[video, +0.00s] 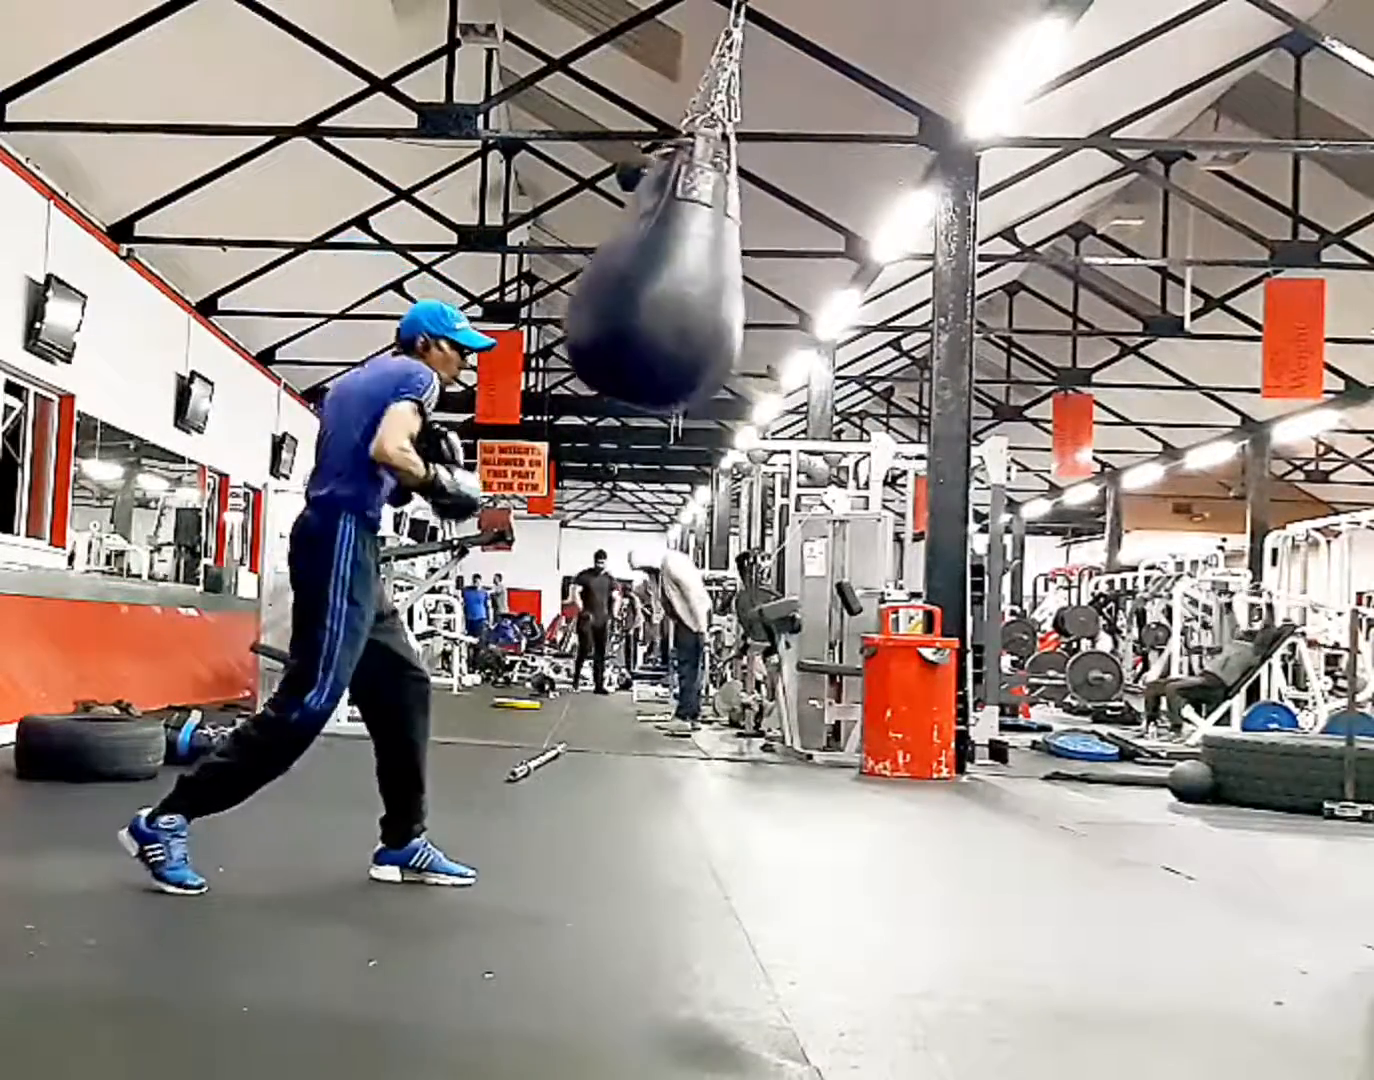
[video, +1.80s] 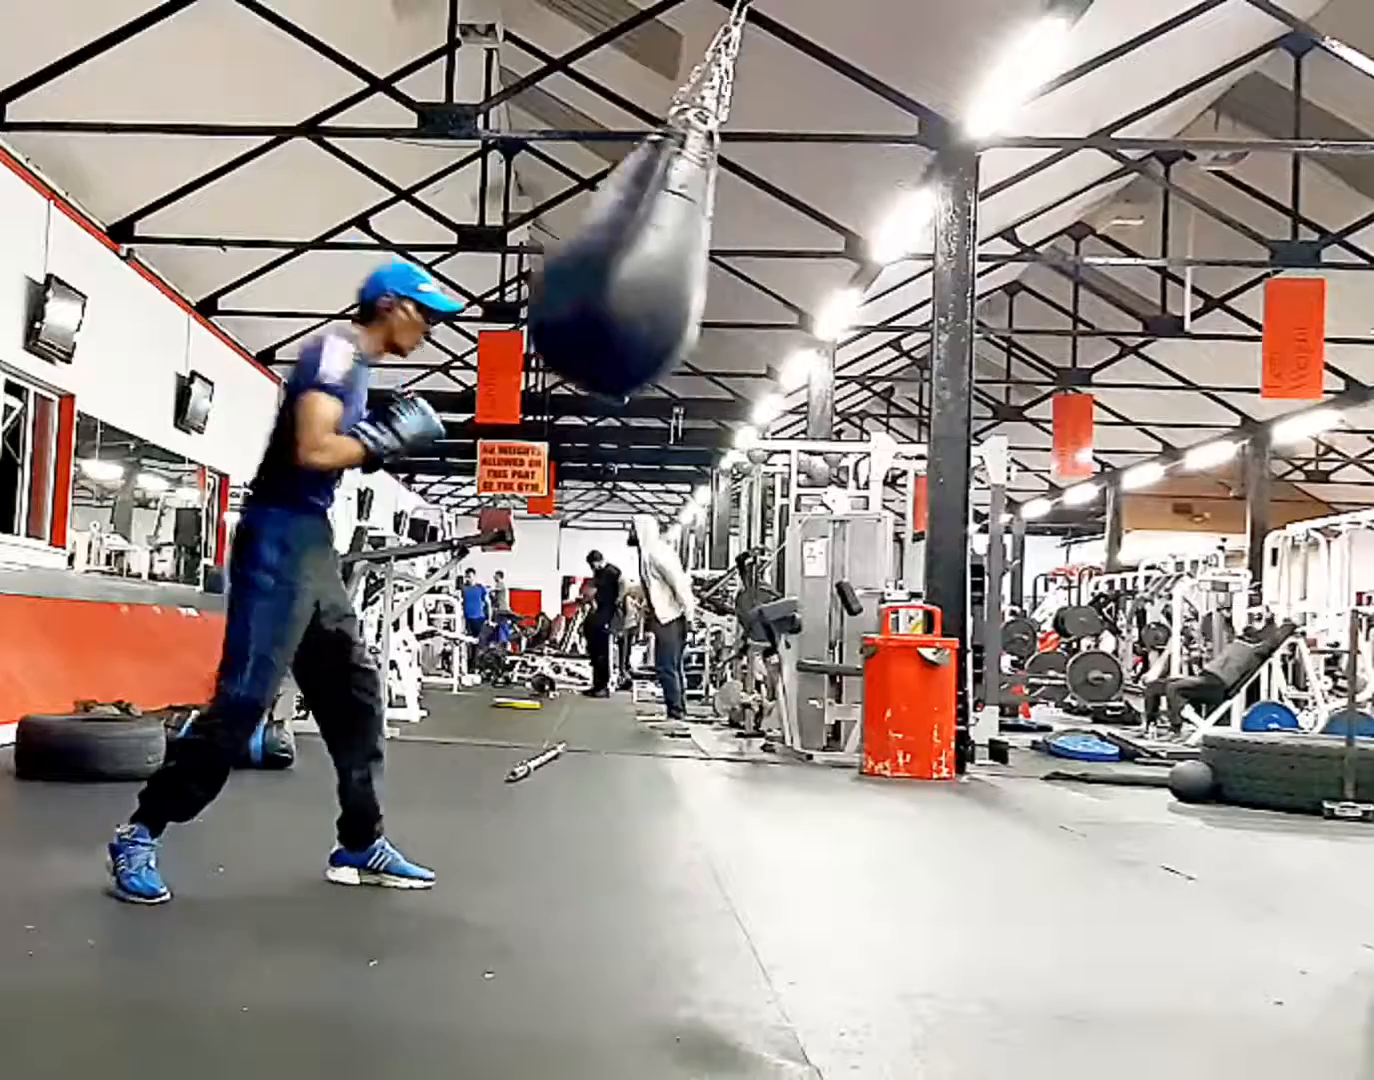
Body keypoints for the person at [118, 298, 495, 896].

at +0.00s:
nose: (465, 365)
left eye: (466, 355)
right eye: (460, 353)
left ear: (413, 343)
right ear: (431, 343)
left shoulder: (355, 383)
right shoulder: (416, 376)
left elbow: (350, 467)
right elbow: (389, 447)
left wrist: (419, 483)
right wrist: (437, 481)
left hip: (338, 540)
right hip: (342, 539)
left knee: (403, 688)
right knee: (308, 704)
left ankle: (402, 842)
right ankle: (164, 823)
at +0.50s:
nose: (449, 327)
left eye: (452, 316)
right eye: (443, 313)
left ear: (417, 312)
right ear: (409, 307)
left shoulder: (405, 373)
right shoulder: (361, 351)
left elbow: (403, 451)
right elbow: (350, 418)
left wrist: (458, 424)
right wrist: (432, 386)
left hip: (366, 538)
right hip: (339, 532)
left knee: (400, 687)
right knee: (285, 702)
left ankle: (403, 839)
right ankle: (161, 824)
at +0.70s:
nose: (463, 334)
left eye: (465, 324)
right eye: (458, 321)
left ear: (414, 315)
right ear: (428, 313)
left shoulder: (367, 362)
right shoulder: (403, 351)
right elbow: (470, 414)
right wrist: (554, 411)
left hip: (357, 532)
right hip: (346, 530)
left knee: (394, 688)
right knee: (288, 694)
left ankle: (403, 843)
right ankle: (164, 822)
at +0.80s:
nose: (484, 354)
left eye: (485, 342)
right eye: (478, 341)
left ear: (443, 338)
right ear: (444, 335)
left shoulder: (405, 373)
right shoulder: (411, 367)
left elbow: (393, 454)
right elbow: (390, 445)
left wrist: (454, 448)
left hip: (361, 540)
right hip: (340, 536)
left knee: (403, 689)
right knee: (318, 705)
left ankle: (404, 843)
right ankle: (179, 816)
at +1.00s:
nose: (464, 354)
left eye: (465, 343)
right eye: (457, 341)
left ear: (430, 341)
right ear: (422, 337)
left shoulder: (402, 387)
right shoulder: (377, 374)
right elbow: (314, 443)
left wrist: (451, 427)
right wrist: (384, 468)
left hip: (364, 559)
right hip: (329, 555)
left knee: (419, 698)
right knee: (312, 724)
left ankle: (407, 844)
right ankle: (169, 822)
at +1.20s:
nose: (403, 297)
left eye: (406, 285)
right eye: (396, 282)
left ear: (377, 281)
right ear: (359, 272)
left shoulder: (361, 345)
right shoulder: (302, 317)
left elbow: (346, 440)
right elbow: (276, 416)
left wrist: (400, 446)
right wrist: (353, 396)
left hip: (334, 519)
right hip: (287, 513)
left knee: (363, 671)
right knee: (250, 676)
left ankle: (363, 827)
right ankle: (156, 824)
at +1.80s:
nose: (426, 330)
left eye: (428, 319)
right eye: (422, 316)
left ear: (391, 311)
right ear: (391, 308)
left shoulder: (358, 365)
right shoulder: (335, 347)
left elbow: (328, 448)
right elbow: (312, 450)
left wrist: (386, 435)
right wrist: (382, 439)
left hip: (311, 542)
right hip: (279, 539)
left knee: (354, 696)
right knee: (243, 706)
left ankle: (361, 843)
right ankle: (138, 836)